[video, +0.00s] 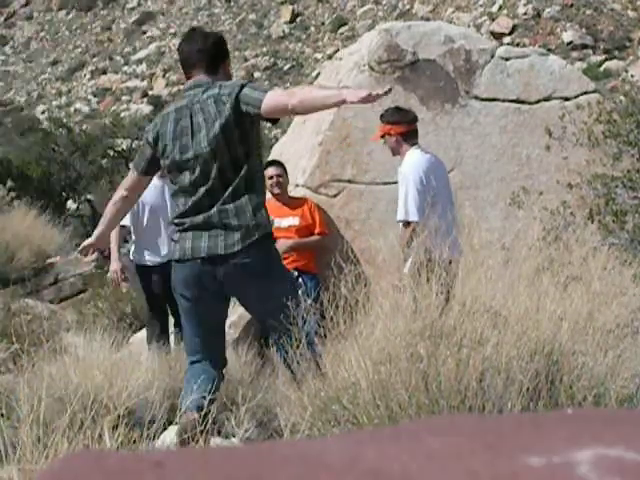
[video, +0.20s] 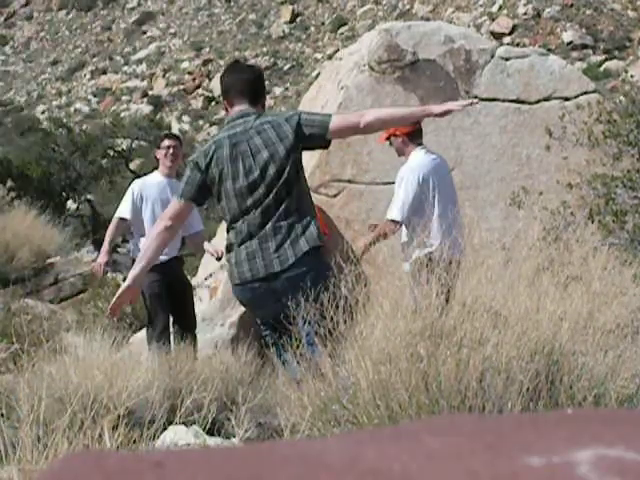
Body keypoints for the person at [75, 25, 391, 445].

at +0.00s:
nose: (229, 70)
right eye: (228, 64)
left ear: (183, 71)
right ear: (225, 64)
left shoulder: (163, 122)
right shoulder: (235, 94)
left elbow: (129, 190)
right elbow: (287, 102)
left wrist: (100, 235)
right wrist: (345, 96)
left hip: (189, 258)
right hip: (247, 249)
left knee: (203, 358)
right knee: (289, 335)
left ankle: (186, 423)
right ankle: (323, 413)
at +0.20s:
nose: (230, 105)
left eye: (225, 99)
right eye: (255, 97)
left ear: (224, 102)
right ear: (263, 97)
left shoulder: (208, 152)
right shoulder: (286, 124)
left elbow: (169, 223)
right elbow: (361, 122)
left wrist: (133, 277)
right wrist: (429, 110)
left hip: (249, 272)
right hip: (302, 256)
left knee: (282, 348)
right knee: (328, 343)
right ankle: (342, 410)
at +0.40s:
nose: (237, 127)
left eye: (238, 122)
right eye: (242, 121)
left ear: (243, 124)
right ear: (279, 119)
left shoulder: (231, 170)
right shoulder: (307, 145)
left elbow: (199, 237)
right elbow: (378, 170)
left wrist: (170, 287)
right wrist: (439, 179)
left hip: (283, 286)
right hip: (332, 271)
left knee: (296, 371)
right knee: (345, 356)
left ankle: (313, 437)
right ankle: (355, 426)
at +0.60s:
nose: (253, 141)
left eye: (254, 137)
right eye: (264, 136)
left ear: (258, 139)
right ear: (291, 136)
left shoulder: (245, 183)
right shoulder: (317, 169)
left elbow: (201, 230)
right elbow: (380, 192)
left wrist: (170, 258)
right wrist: (437, 208)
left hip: (285, 291)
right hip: (331, 284)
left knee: (296, 373)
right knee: (338, 365)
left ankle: (306, 436)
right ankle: (343, 428)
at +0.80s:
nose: (260, 145)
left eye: (258, 140)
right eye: (276, 139)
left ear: (257, 144)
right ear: (290, 143)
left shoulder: (240, 184)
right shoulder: (307, 182)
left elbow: (184, 214)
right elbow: (359, 214)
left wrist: (143, 233)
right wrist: (414, 235)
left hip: (262, 296)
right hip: (303, 292)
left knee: (262, 377)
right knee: (309, 373)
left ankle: (267, 440)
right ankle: (314, 435)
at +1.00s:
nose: (253, 163)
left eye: (250, 158)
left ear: (249, 159)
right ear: (280, 156)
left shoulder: (234, 194)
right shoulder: (298, 192)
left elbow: (189, 236)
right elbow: (342, 228)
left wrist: (154, 269)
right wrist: (376, 248)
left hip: (252, 296)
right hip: (292, 292)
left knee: (260, 362)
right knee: (304, 361)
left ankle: (263, 418)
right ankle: (314, 417)